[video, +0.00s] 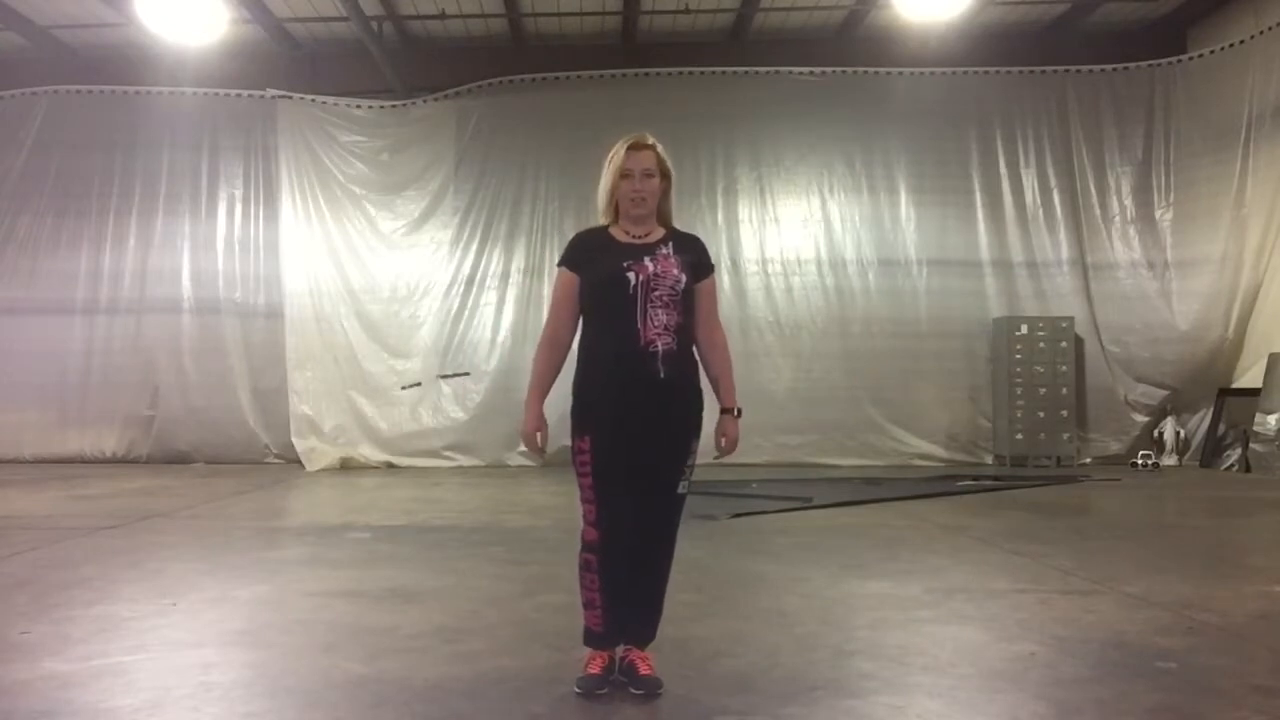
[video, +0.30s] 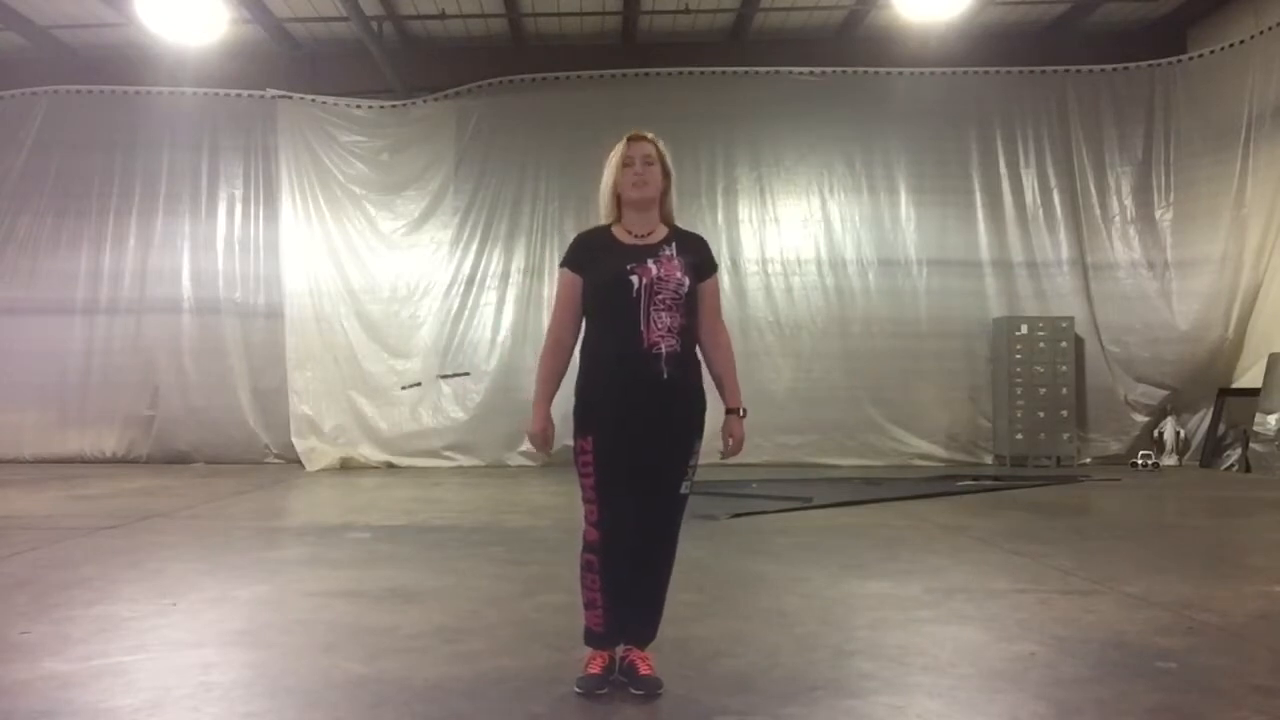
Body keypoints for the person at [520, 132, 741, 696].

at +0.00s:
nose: (639, 185)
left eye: (650, 175)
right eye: (629, 175)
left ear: (664, 182)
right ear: (612, 183)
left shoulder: (689, 250)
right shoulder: (586, 247)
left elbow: (708, 332)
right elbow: (557, 333)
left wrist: (729, 407)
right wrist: (533, 404)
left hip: (671, 413)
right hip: (602, 411)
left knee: (654, 528)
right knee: (603, 530)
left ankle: (636, 649)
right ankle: (599, 649)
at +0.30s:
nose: (638, 170)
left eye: (648, 162)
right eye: (628, 163)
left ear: (665, 176)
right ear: (613, 176)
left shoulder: (692, 248)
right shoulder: (589, 247)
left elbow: (711, 332)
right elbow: (562, 334)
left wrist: (734, 407)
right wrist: (541, 407)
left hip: (673, 413)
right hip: (604, 412)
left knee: (656, 528)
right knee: (604, 528)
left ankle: (636, 648)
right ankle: (599, 649)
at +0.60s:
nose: (640, 163)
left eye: (651, 157)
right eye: (630, 157)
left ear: (668, 175)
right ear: (615, 176)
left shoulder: (694, 244)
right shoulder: (590, 244)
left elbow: (717, 327)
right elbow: (561, 333)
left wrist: (744, 400)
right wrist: (541, 405)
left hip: (675, 409)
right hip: (605, 407)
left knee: (657, 527)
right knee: (604, 526)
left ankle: (637, 648)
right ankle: (600, 649)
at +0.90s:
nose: (641, 177)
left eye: (651, 168)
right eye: (631, 169)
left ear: (667, 180)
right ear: (616, 181)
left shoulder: (693, 248)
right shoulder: (591, 248)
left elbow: (714, 335)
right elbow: (563, 335)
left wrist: (735, 410)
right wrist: (539, 407)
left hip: (679, 413)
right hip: (610, 412)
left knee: (660, 530)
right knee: (608, 530)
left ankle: (636, 648)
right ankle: (602, 652)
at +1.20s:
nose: (640, 174)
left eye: (651, 166)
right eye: (631, 166)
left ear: (667, 177)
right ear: (614, 177)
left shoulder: (692, 242)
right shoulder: (593, 250)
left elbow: (715, 330)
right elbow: (571, 338)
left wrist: (710, 400)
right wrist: (546, 407)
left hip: (671, 402)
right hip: (604, 400)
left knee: (657, 518)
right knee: (608, 491)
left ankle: (638, 647)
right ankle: (610, 611)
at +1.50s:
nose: (640, 166)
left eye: (651, 159)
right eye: (630, 158)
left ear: (666, 173)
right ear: (613, 171)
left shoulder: (690, 240)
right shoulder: (588, 244)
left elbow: (711, 332)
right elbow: (569, 335)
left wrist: (709, 403)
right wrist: (551, 407)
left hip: (669, 408)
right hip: (600, 407)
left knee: (655, 529)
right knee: (602, 527)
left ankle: (637, 648)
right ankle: (595, 644)